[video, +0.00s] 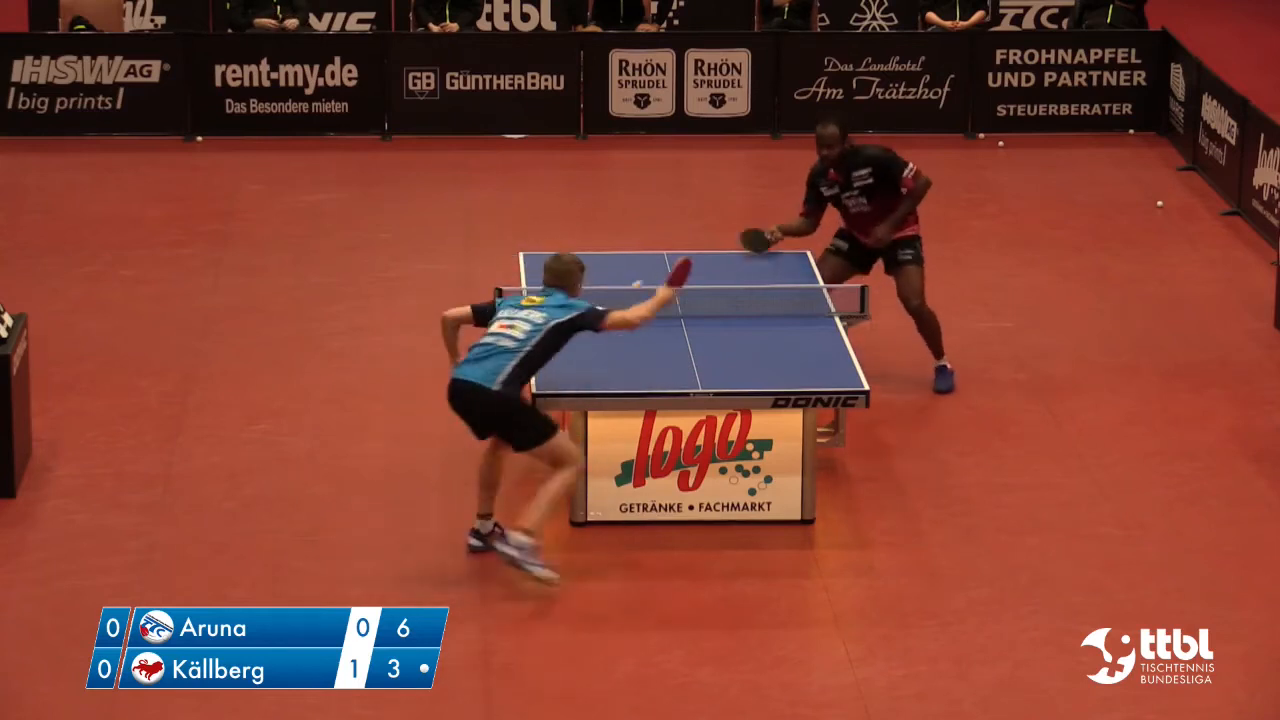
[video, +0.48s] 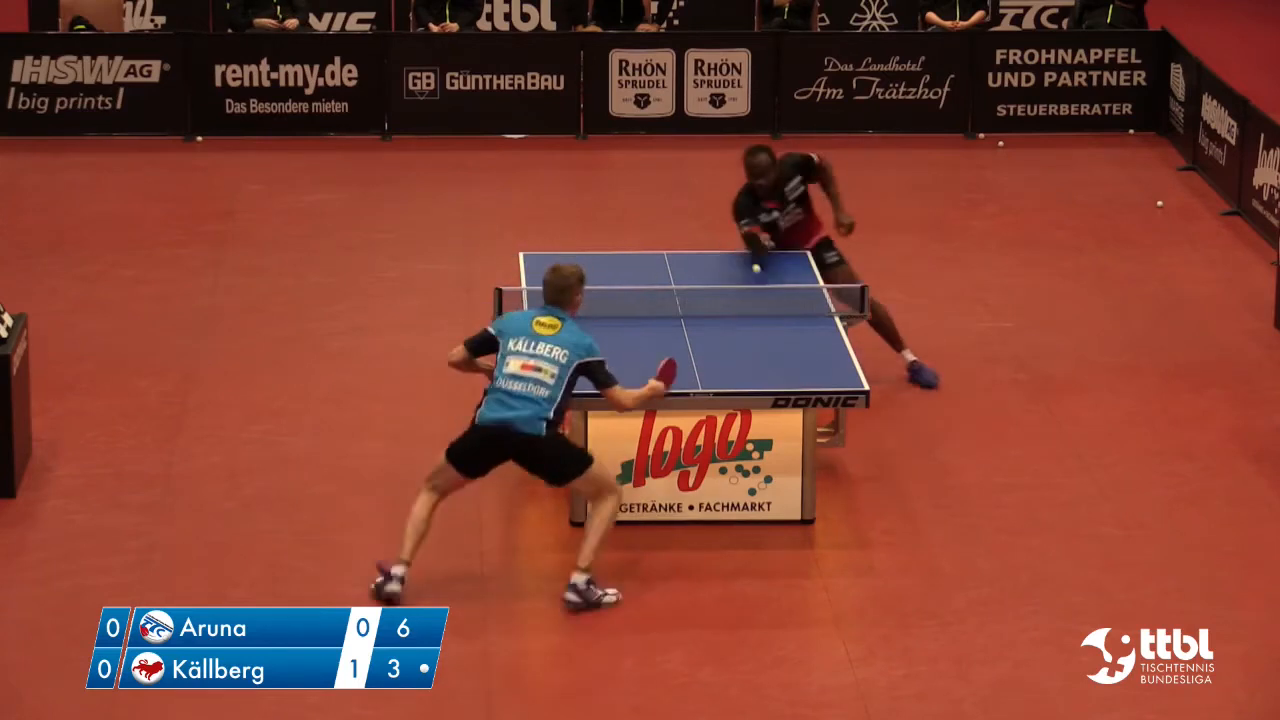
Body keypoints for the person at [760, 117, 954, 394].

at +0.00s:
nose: (825, 153)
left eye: (831, 147)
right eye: (820, 147)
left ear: (846, 142)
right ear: (815, 145)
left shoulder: (876, 157)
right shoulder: (819, 175)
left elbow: (921, 183)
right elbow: (808, 223)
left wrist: (888, 226)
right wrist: (780, 230)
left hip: (900, 234)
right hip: (855, 236)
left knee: (914, 303)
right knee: (811, 287)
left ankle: (942, 364)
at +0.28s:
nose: (795, 171)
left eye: (800, 164)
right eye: (791, 165)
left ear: (814, 156)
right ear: (786, 162)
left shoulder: (844, 160)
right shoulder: (787, 189)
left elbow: (888, 164)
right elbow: (781, 236)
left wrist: (898, 209)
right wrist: (766, 243)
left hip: (864, 239)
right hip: (820, 244)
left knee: (900, 303)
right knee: (791, 296)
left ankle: (939, 361)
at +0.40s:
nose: (774, 184)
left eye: (778, 177)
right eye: (767, 179)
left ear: (788, 167)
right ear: (760, 176)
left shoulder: (809, 165)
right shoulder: (760, 200)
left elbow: (844, 168)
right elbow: (766, 239)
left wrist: (860, 210)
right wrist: (764, 249)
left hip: (834, 247)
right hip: (797, 261)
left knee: (879, 302)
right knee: (791, 318)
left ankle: (928, 362)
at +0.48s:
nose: (762, 183)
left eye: (765, 176)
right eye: (755, 178)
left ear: (775, 166)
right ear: (747, 176)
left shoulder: (792, 165)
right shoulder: (744, 202)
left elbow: (823, 168)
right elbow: (753, 244)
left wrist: (839, 212)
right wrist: (758, 243)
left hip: (817, 246)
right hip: (784, 261)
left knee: (860, 300)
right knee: (785, 318)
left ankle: (910, 360)